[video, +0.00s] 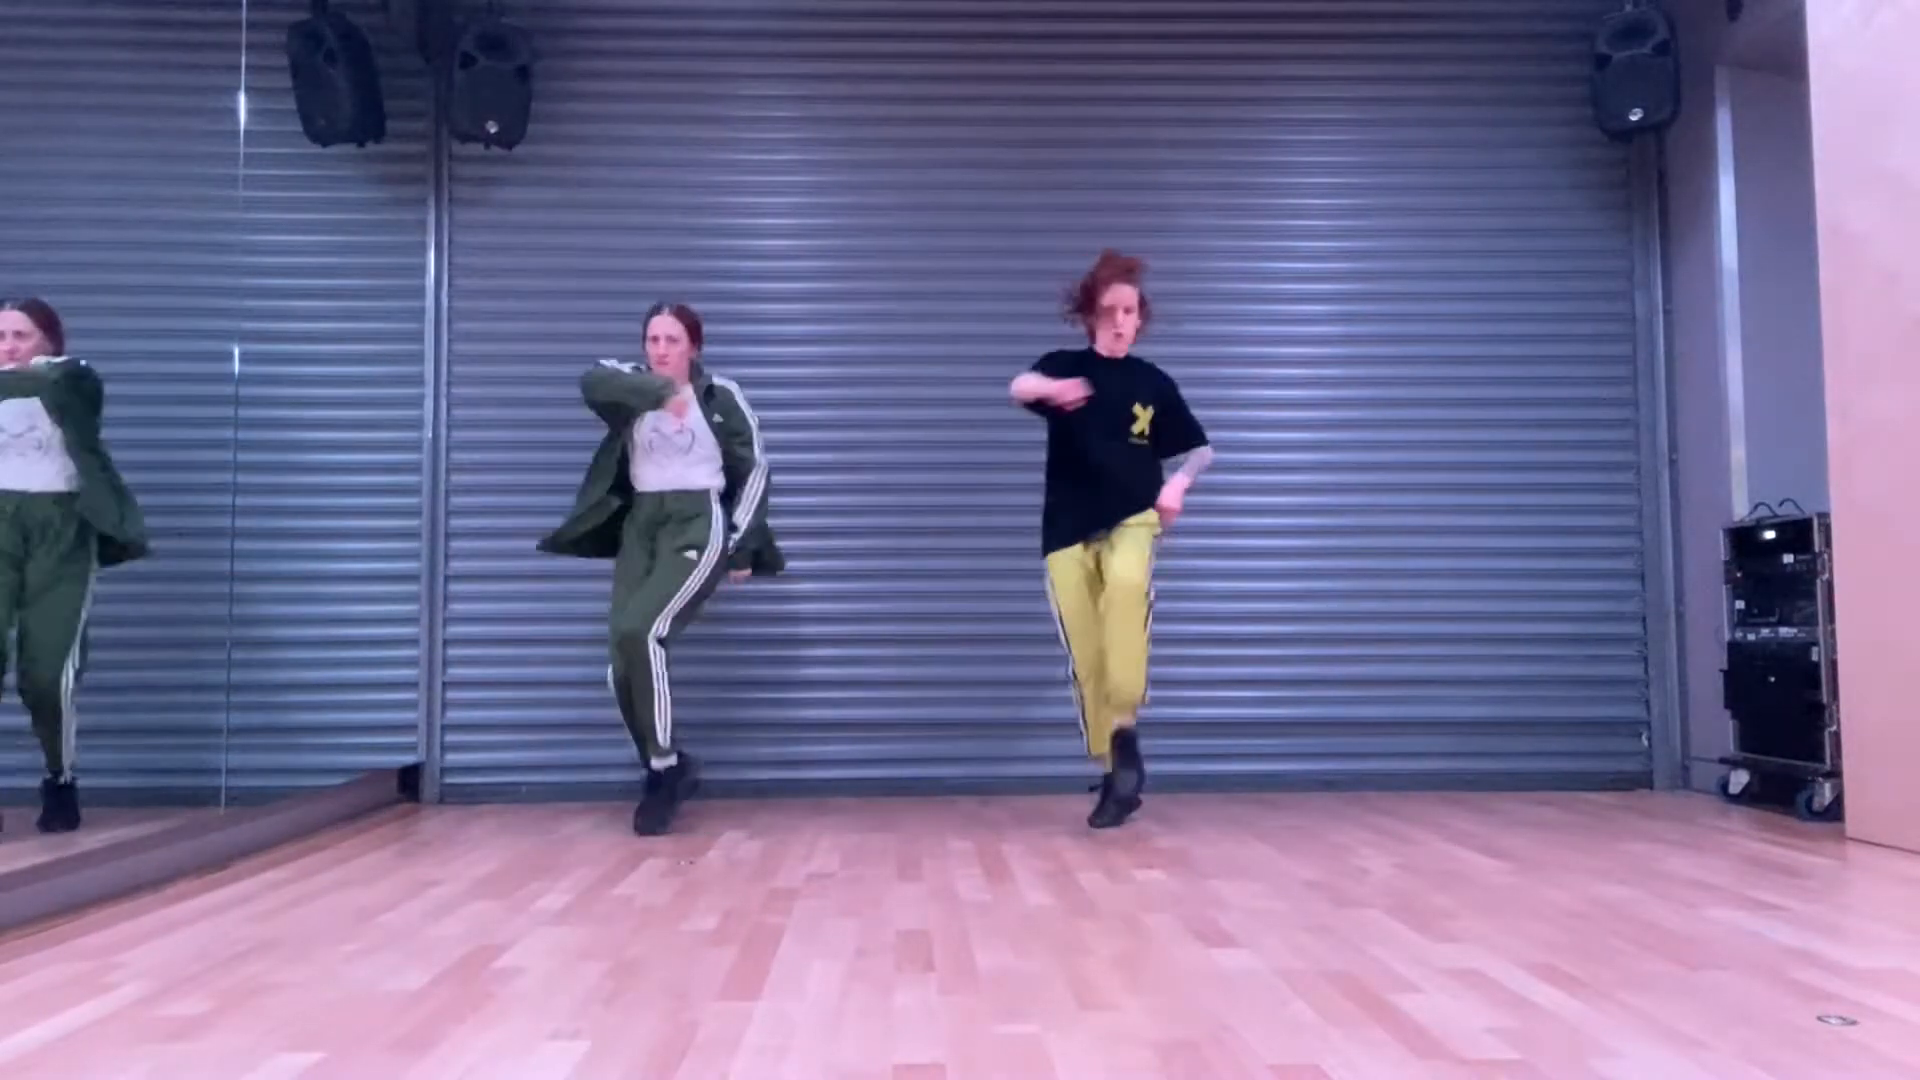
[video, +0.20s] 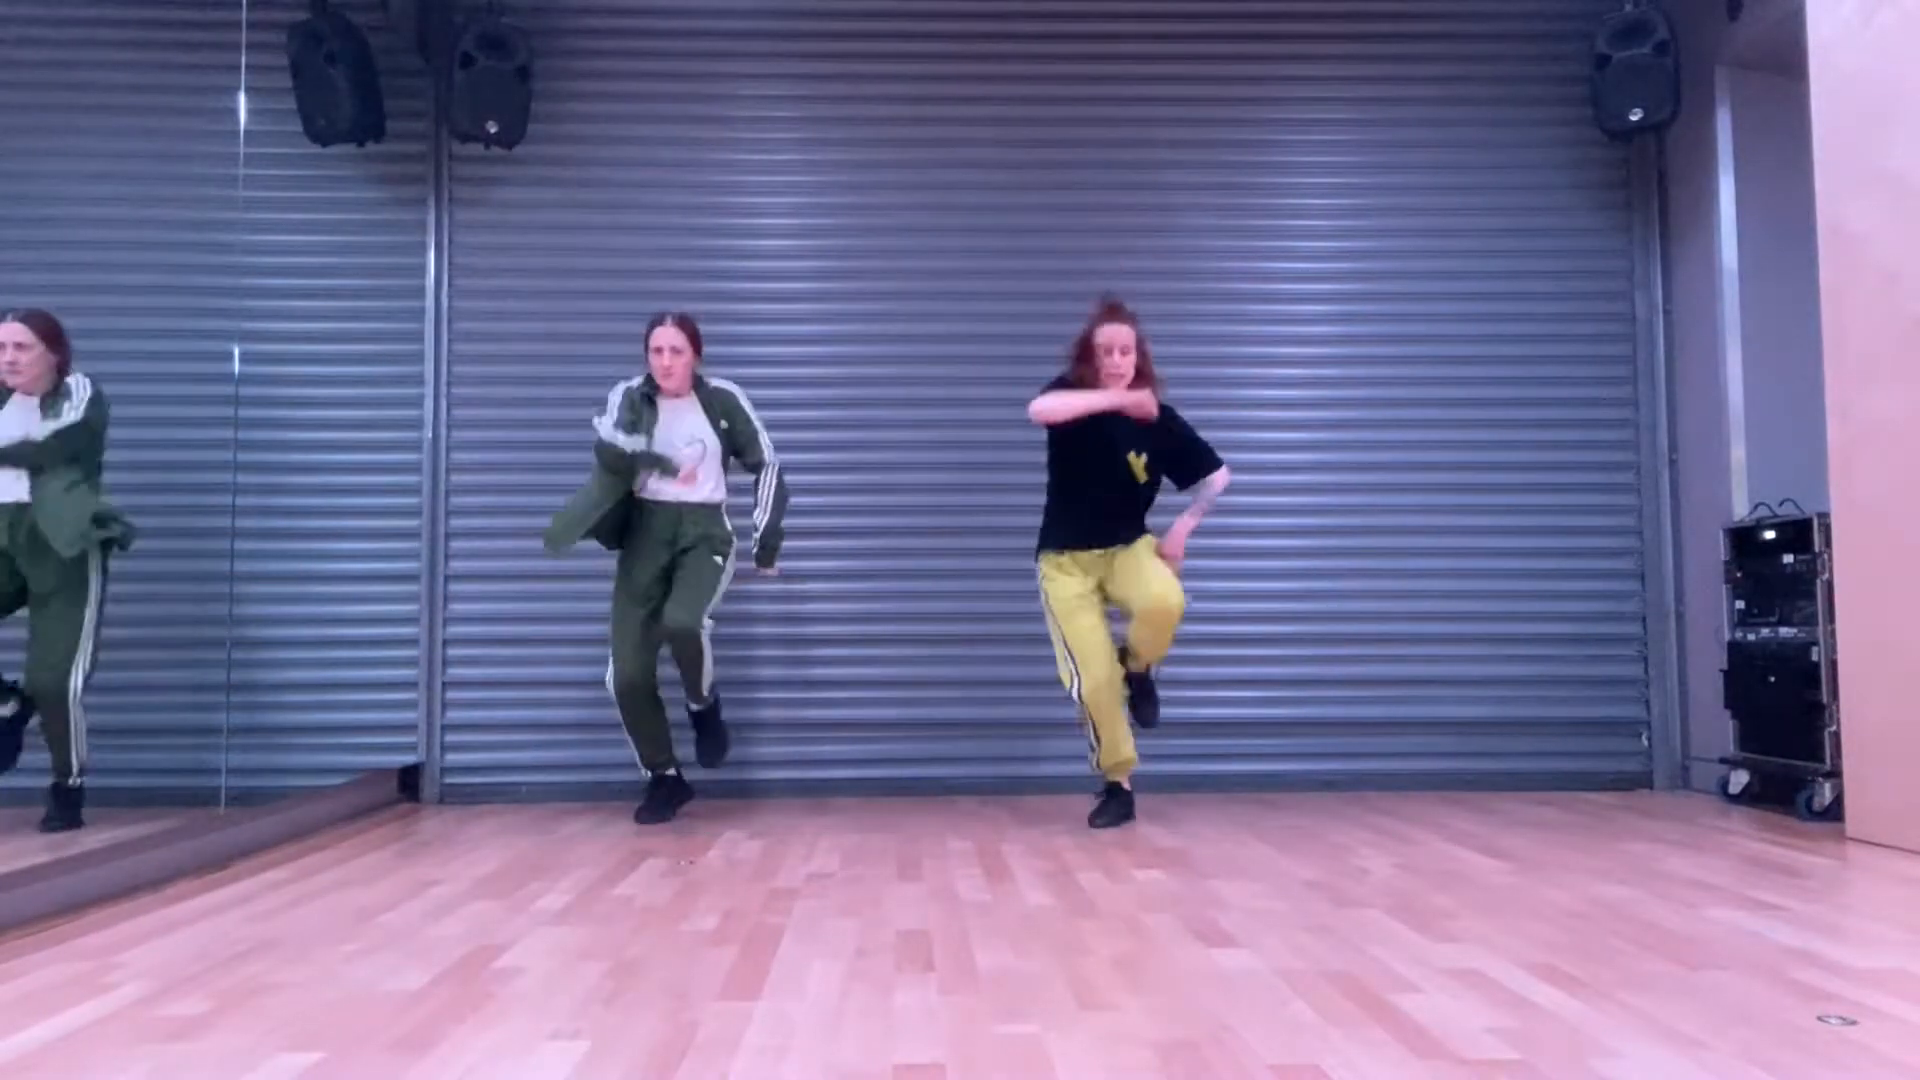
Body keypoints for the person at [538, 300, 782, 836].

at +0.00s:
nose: (660, 348)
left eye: (671, 341)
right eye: (653, 340)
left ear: (693, 348)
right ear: (644, 347)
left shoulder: (719, 397)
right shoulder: (629, 389)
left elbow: (754, 468)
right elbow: (592, 383)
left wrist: (741, 544)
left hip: (698, 522)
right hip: (640, 522)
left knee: (640, 631)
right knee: (623, 654)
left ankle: (663, 770)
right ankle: (665, 770)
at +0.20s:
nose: (665, 360)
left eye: (675, 351)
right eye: (657, 351)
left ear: (695, 357)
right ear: (647, 357)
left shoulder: (723, 400)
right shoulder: (628, 396)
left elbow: (768, 465)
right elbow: (608, 445)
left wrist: (766, 540)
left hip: (705, 534)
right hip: (644, 534)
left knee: (682, 624)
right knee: (628, 674)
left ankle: (703, 708)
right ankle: (664, 777)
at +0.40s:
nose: (685, 366)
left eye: (694, 357)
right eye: (675, 356)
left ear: (710, 361)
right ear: (661, 361)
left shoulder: (732, 399)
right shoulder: (636, 409)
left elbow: (748, 461)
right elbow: (609, 477)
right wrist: (618, 539)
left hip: (730, 536)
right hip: (669, 539)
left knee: (740, 666)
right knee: (668, 664)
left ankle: (719, 761)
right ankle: (672, 771)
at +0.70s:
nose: (699, 363)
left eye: (708, 352)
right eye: (689, 353)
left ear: (726, 352)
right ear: (675, 355)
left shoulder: (752, 401)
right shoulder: (654, 412)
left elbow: (787, 475)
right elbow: (646, 483)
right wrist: (643, 521)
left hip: (743, 540)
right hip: (682, 545)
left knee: (745, 672)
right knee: (699, 673)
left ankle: (740, 757)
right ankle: (724, 784)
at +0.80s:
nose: (701, 345)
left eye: (710, 334)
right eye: (691, 336)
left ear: (730, 336)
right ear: (679, 341)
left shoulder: (762, 396)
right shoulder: (661, 398)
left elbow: (801, 463)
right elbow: (642, 470)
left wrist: (795, 504)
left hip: (746, 534)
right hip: (683, 537)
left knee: (739, 663)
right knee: (691, 676)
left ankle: (769, 757)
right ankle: (724, 787)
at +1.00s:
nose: (711, 334)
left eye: (722, 324)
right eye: (701, 325)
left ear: (741, 333)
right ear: (688, 334)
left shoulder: (765, 394)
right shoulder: (671, 389)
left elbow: (786, 492)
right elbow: (644, 485)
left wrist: (795, 472)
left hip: (761, 535)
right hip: (696, 534)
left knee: (745, 656)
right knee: (703, 665)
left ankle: (740, 814)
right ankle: (714, 775)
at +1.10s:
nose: (715, 307)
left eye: (727, 297)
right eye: (706, 297)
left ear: (747, 309)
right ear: (692, 309)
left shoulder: (774, 370)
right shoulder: (667, 379)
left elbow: (793, 438)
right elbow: (640, 468)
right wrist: (635, 530)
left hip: (764, 509)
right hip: (696, 509)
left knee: (759, 656)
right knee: (709, 617)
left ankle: (741, 811)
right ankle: (696, 719)